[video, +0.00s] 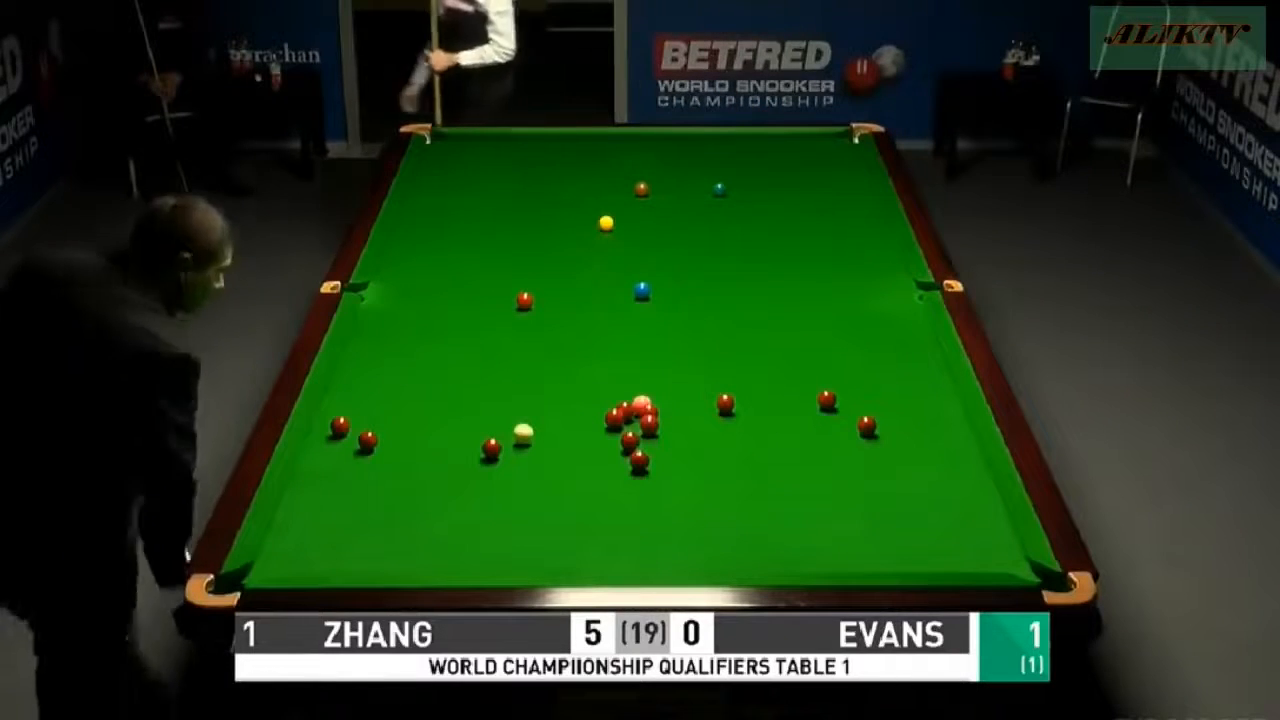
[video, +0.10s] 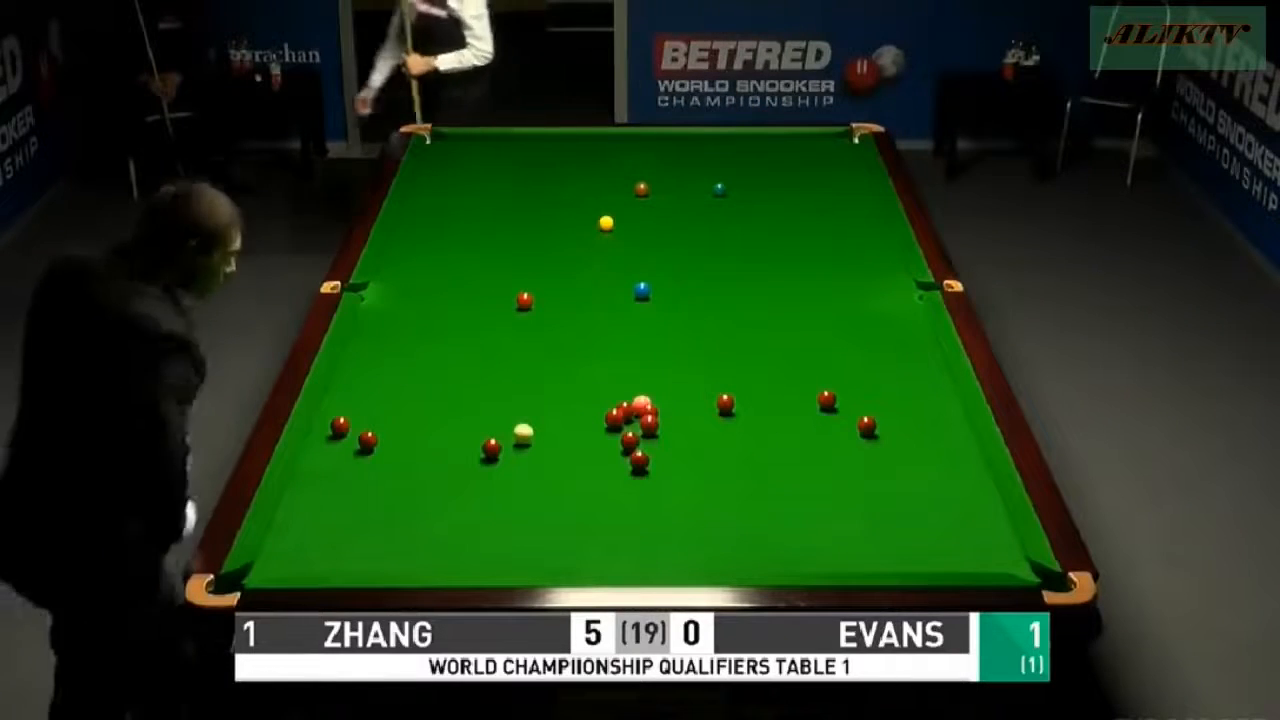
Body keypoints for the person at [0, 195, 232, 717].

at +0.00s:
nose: (223, 282)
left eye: (224, 271)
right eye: (218, 272)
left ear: (138, 245)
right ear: (181, 271)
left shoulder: (43, 273)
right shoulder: (161, 362)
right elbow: (169, 485)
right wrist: (171, 568)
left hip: (3, 512)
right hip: (82, 548)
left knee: (58, 660)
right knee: (100, 674)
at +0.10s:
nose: (234, 267)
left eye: (235, 256)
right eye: (229, 257)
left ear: (151, 236)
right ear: (193, 257)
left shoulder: (67, 280)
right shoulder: (168, 345)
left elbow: (40, 409)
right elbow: (161, 466)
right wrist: (177, 519)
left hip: (43, 512)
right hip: (113, 545)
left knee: (76, 672)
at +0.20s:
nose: (246, 257)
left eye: (247, 245)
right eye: (240, 246)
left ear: (177, 231)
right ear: (201, 242)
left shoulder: (94, 277)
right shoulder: (162, 316)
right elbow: (158, 442)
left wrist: (197, 444)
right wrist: (207, 485)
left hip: (69, 517)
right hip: (121, 536)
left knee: (102, 669)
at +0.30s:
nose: (269, 243)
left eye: (270, 231)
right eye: (262, 231)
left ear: (213, 222)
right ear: (224, 227)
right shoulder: (164, 279)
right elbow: (191, 371)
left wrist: (232, 429)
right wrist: (261, 426)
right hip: (132, 510)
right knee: (156, 667)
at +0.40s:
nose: (286, 241)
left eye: (287, 229)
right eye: (279, 230)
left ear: (237, 221)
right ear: (239, 226)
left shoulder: (200, 264)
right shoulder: (179, 276)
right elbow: (220, 362)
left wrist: (228, 427)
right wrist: (313, 410)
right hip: (133, 508)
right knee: (168, 665)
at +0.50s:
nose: (314, 242)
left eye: (315, 230)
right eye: (306, 231)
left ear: (252, 220)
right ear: (268, 229)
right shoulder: (210, 284)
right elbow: (271, 363)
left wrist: (236, 436)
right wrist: (379, 402)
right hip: (144, 507)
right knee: (176, 655)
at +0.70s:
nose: (369, 262)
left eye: (369, 249)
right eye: (363, 251)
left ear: (295, 232)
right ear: (331, 256)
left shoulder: (233, 261)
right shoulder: (283, 327)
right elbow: (360, 402)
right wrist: (477, 440)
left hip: (140, 492)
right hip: (173, 516)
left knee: (169, 666)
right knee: (184, 674)